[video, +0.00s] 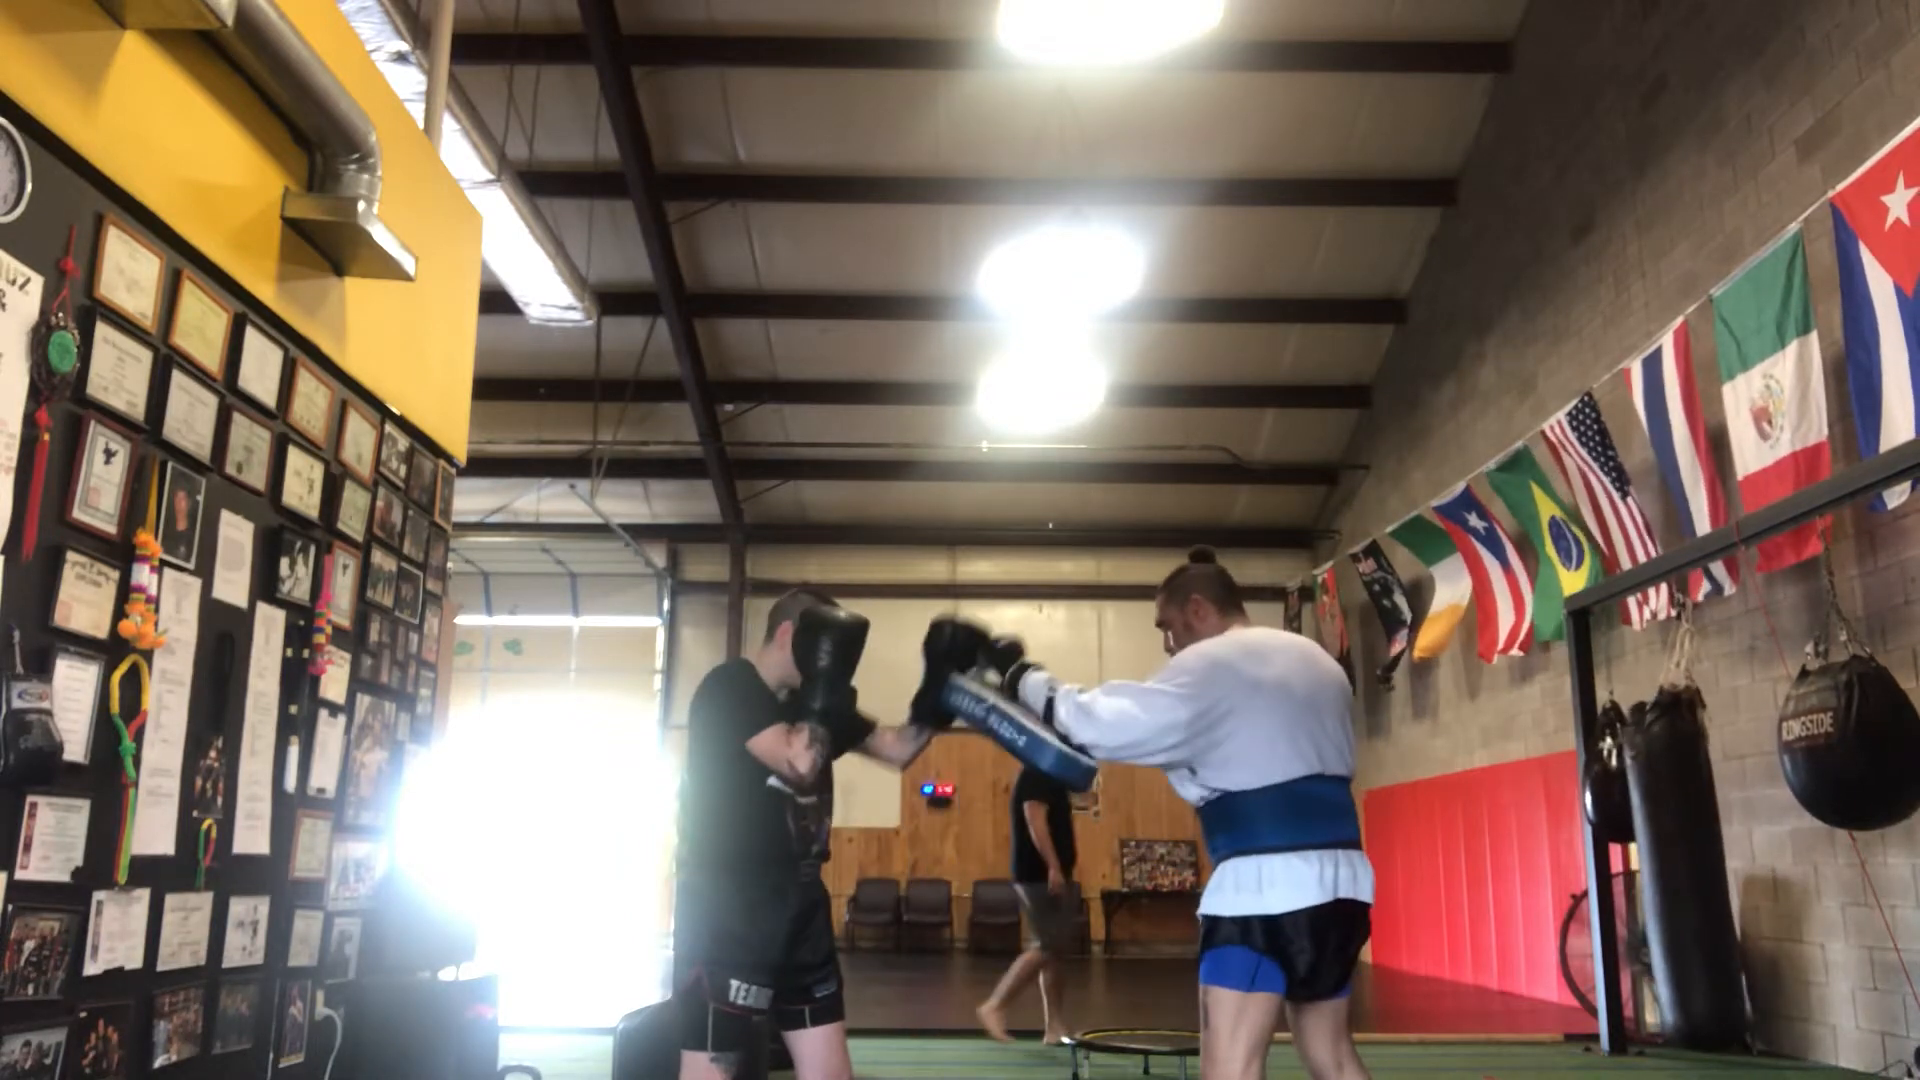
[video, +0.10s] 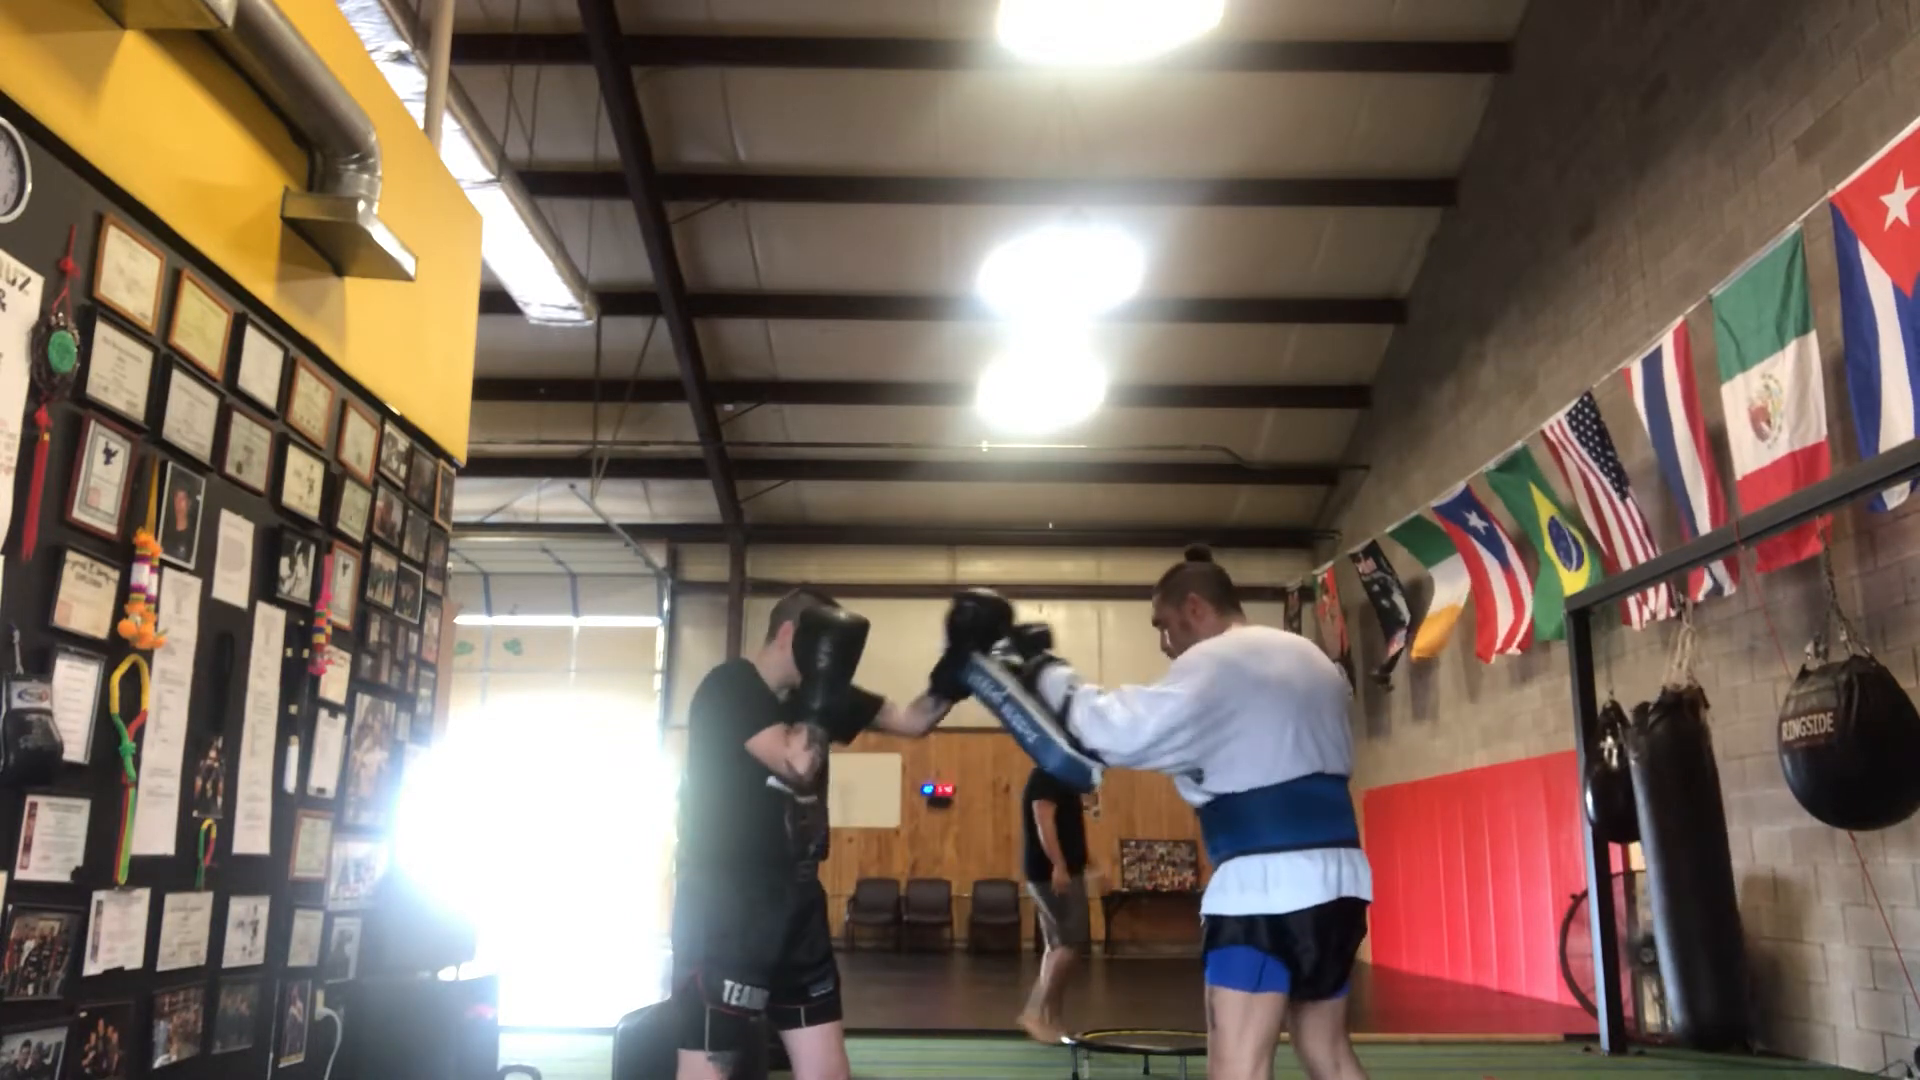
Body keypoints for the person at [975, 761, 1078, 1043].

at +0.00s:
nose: (1074, 752)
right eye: (1069, 745)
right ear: (1055, 744)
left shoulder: (1052, 778)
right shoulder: (1037, 775)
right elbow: (1036, 822)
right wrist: (1054, 866)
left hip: (1049, 876)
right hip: (1034, 875)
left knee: (1054, 952)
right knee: (1045, 947)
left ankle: (1054, 1027)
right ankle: (993, 1007)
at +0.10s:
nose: (1082, 758)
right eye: (1078, 751)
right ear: (1065, 750)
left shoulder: (1065, 781)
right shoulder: (1046, 779)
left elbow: (1069, 826)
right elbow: (1045, 824)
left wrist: (1085, 862)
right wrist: (1058, 865)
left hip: (1060, 872)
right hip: (1051, 873)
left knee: (1057, 947)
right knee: (1069, 943)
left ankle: (1052, 1018)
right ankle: (1034, 1012)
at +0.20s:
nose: (1094, 754)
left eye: (1095, 747)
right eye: (1091, 746)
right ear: (1079, 745)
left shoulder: (1078, 782)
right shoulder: (1057, 777)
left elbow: (1083, 836)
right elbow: (1052, 823)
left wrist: (1119, 856)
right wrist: (1066, 865)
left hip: (1058, 878)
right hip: (1071, 878)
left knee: (1058, 950)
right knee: (1090, 948)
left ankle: (1054, 1027)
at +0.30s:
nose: (1102, 736)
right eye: (1095, 729)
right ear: (1080, 734)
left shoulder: (1093, 782)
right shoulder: (1066, 781)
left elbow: (1109, 834)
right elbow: (1061, 822)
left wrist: (1149, 852)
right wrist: (1075, 870)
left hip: (1090, 876)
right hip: (1080, 878)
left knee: (1061, 951)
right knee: (1106, 951)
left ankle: (1054, 1028)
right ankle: (1125, 1027)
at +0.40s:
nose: (1117, 752)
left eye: (1116, 745)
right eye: (1114, 745)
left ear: (1088, 743)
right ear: (1106, 746)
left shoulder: (1110, 775)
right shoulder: (1089, 777)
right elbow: (1073, 827)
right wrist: (1086, 876)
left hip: (1086, 876)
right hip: (1105, 876)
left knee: (1073, 950)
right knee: (1121, 950)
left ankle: (1054, 1025)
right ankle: (1137, 1028)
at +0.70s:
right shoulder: (1123, 781)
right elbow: (1123, 833)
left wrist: (1155, 875)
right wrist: (1135, 877)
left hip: (1149, 875)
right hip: (1125, 878)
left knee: (1147, 947)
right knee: (1138, 949)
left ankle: (1098, 1002)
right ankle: (1141, 1025)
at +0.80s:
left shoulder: (1153, 780)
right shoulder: (1132, 781)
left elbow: (1161, 830)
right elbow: (1140, 831)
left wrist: (1176, 864)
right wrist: (1163, 874)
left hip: (1160, 875)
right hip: (1136, 876)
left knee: (1177, 943)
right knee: (1141, 948)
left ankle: (1137, 1004)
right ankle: (1140, 1022)